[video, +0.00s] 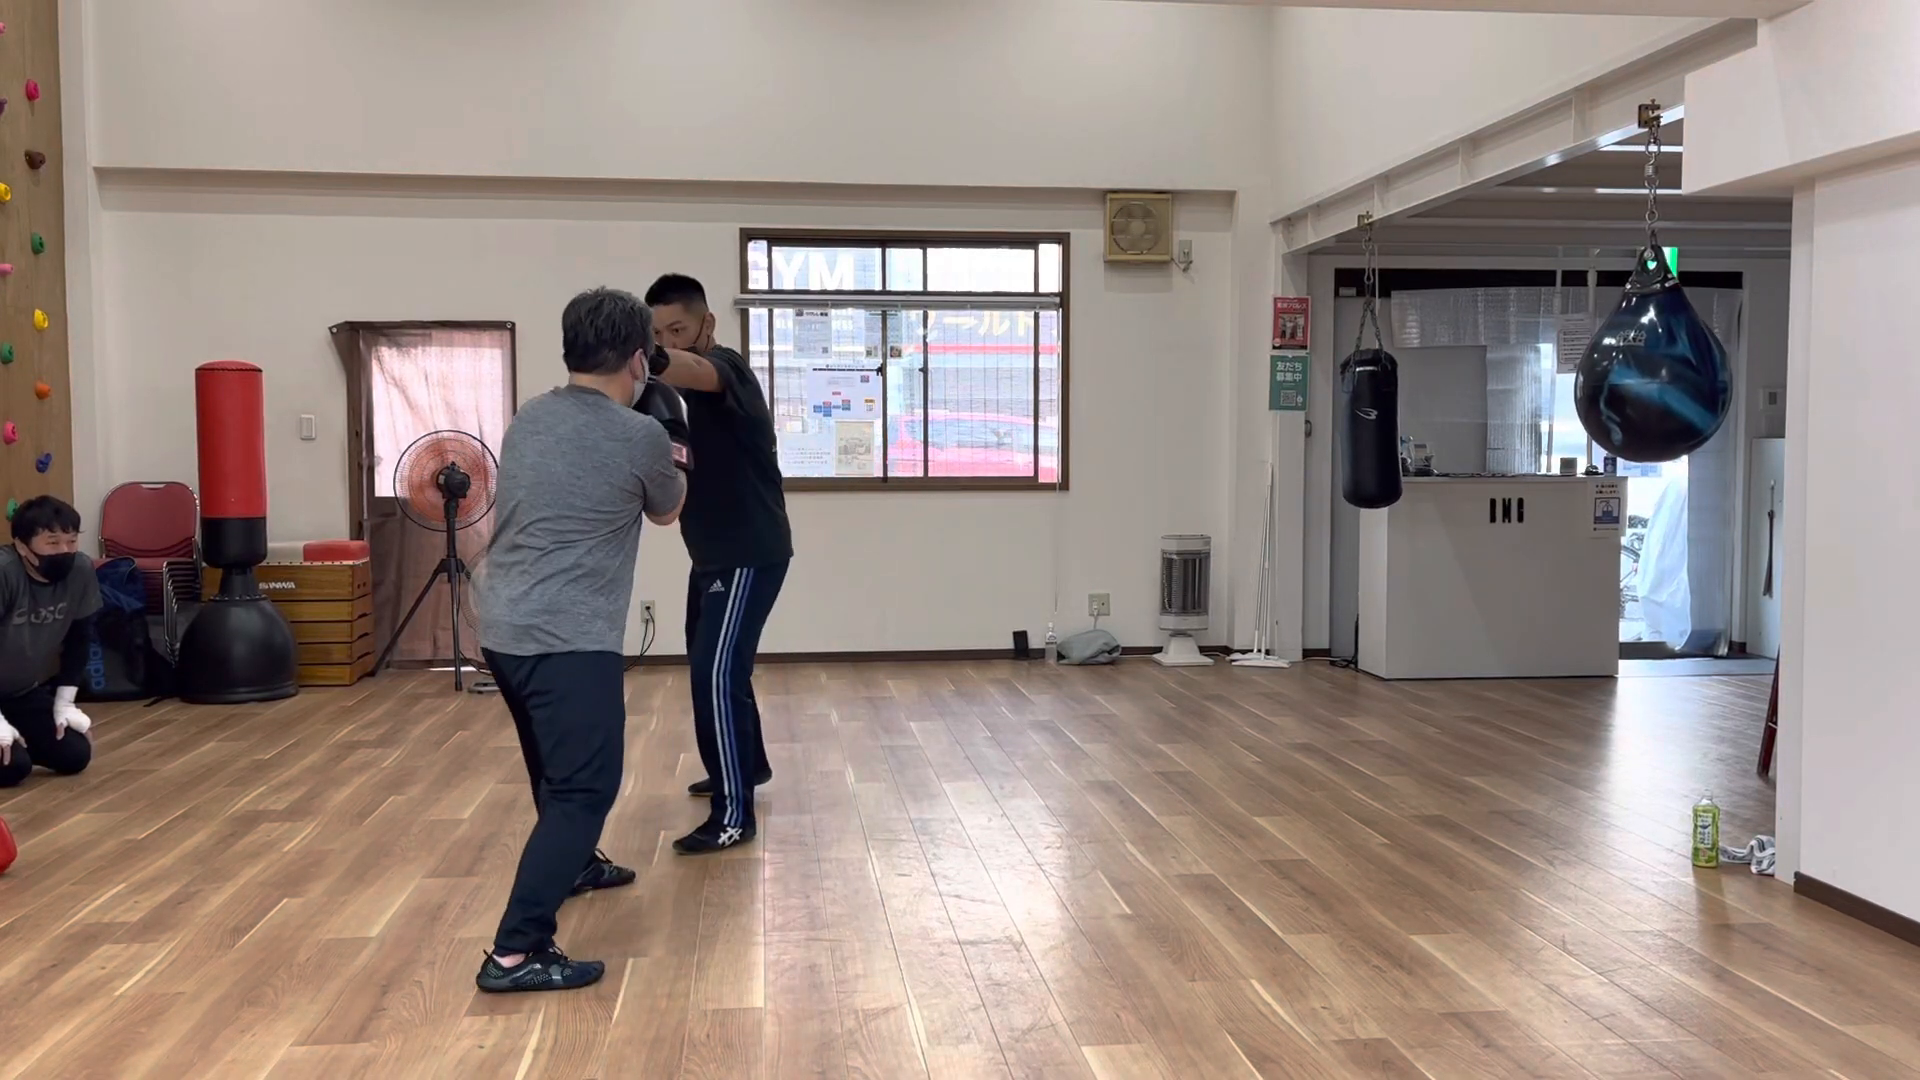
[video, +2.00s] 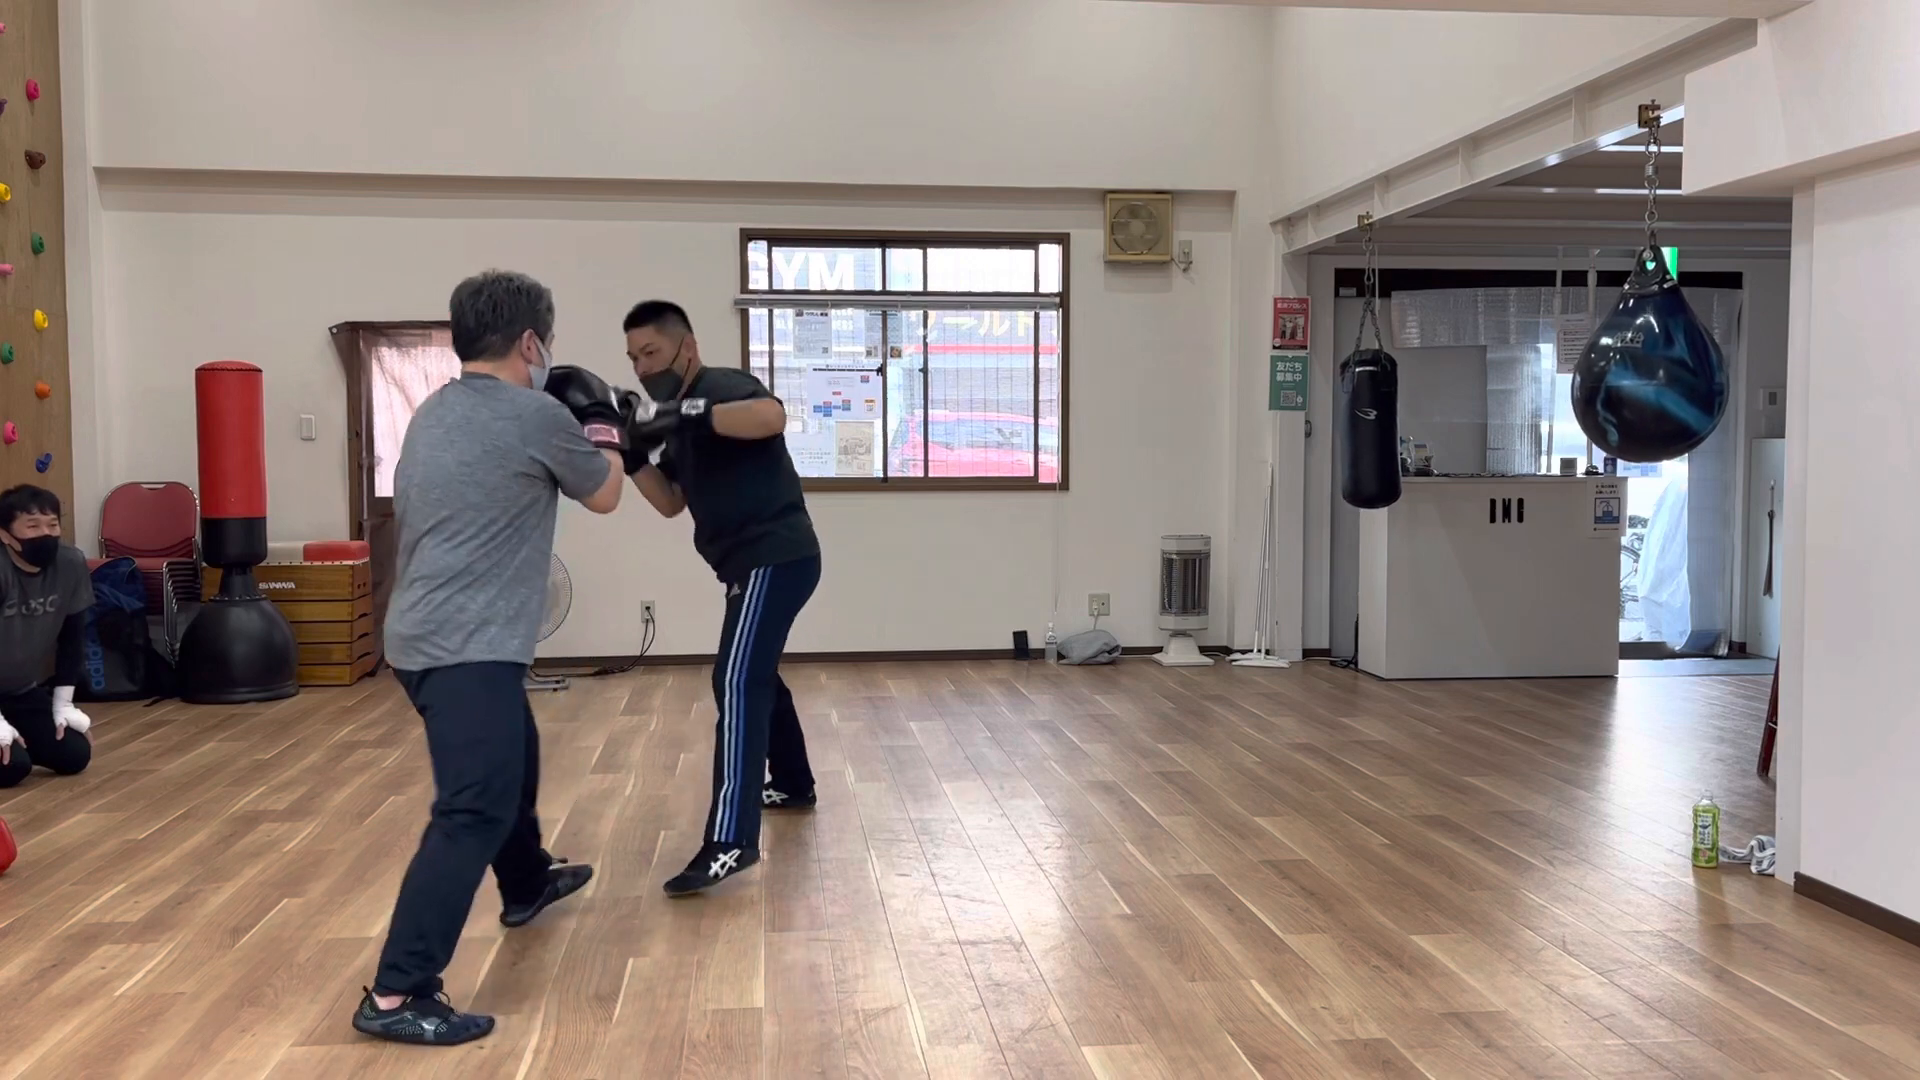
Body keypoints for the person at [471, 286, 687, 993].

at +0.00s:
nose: (652, 361)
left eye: (651, 350)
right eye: (650, 350)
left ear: (570, 354)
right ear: (633, 357)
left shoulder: (526, 416)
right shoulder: (642, 432)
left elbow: (515, 499)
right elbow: (666, 507)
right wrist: (666, 449)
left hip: (502, 633)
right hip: (575, 640)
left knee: (551, 763)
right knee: (579, 793)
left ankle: (574, 861)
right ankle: (517, 949)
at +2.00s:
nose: (547, 353)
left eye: (548, 342)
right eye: (546, 341)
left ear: (460, 342)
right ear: (528, 342)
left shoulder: (430, 414)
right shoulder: (534, 414)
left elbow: (489, 493)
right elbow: (607, 494)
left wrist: (547, 424)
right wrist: (600, 435)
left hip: (418, 639)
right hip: (475, 648)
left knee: (514, 749)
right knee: (472, 813)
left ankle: (525, 880)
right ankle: (397, 993)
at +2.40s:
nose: (488, 355)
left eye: (487, 342)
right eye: (486, 342)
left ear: (397, 345)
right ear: (465, 347)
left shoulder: (355, 419)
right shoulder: (452, 431)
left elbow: (343, 528)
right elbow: (513, 537)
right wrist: (537, 480)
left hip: (344, 657)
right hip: (396, 669)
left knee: (460, 751)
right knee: (383, 836)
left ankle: (423, 916)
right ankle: (286, 1024)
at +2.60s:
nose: (473, 341)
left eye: (473, 329)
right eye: (469, 328)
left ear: (378, 334)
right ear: (448, 333)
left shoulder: (346, 411)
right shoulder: (444, 423)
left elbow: (421, 497)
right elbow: (528, 510)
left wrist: (464, 407)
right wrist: (536, 437)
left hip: (339, 650)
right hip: (391, 662)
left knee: (430, 760)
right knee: (373, 824)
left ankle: (385, 925)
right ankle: (286, 1017)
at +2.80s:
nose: (474, 355)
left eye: (474, 343)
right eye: (472, 342)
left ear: (381, 343)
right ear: (453, 346)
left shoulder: (341, 417)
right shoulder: (449, 430)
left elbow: (392, 521)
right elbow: (514, 525)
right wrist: (521, 470)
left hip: (323, 656)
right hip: (390, 666)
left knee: (439, 741)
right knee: (401, 828)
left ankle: (393, 910)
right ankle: (337, 1016)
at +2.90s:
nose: (470, 369)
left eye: (471, 357)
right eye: (469, 356)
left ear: (380, 356)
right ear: (449, 360)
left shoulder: (345, 425)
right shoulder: (445, 444)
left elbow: (395, 518)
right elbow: (500, 544)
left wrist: (468, 480)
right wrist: (518, 497)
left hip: (328, 661)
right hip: (390, 674)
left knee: (433, 754)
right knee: (410, 834)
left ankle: (402, 890)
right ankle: (337, 1015)